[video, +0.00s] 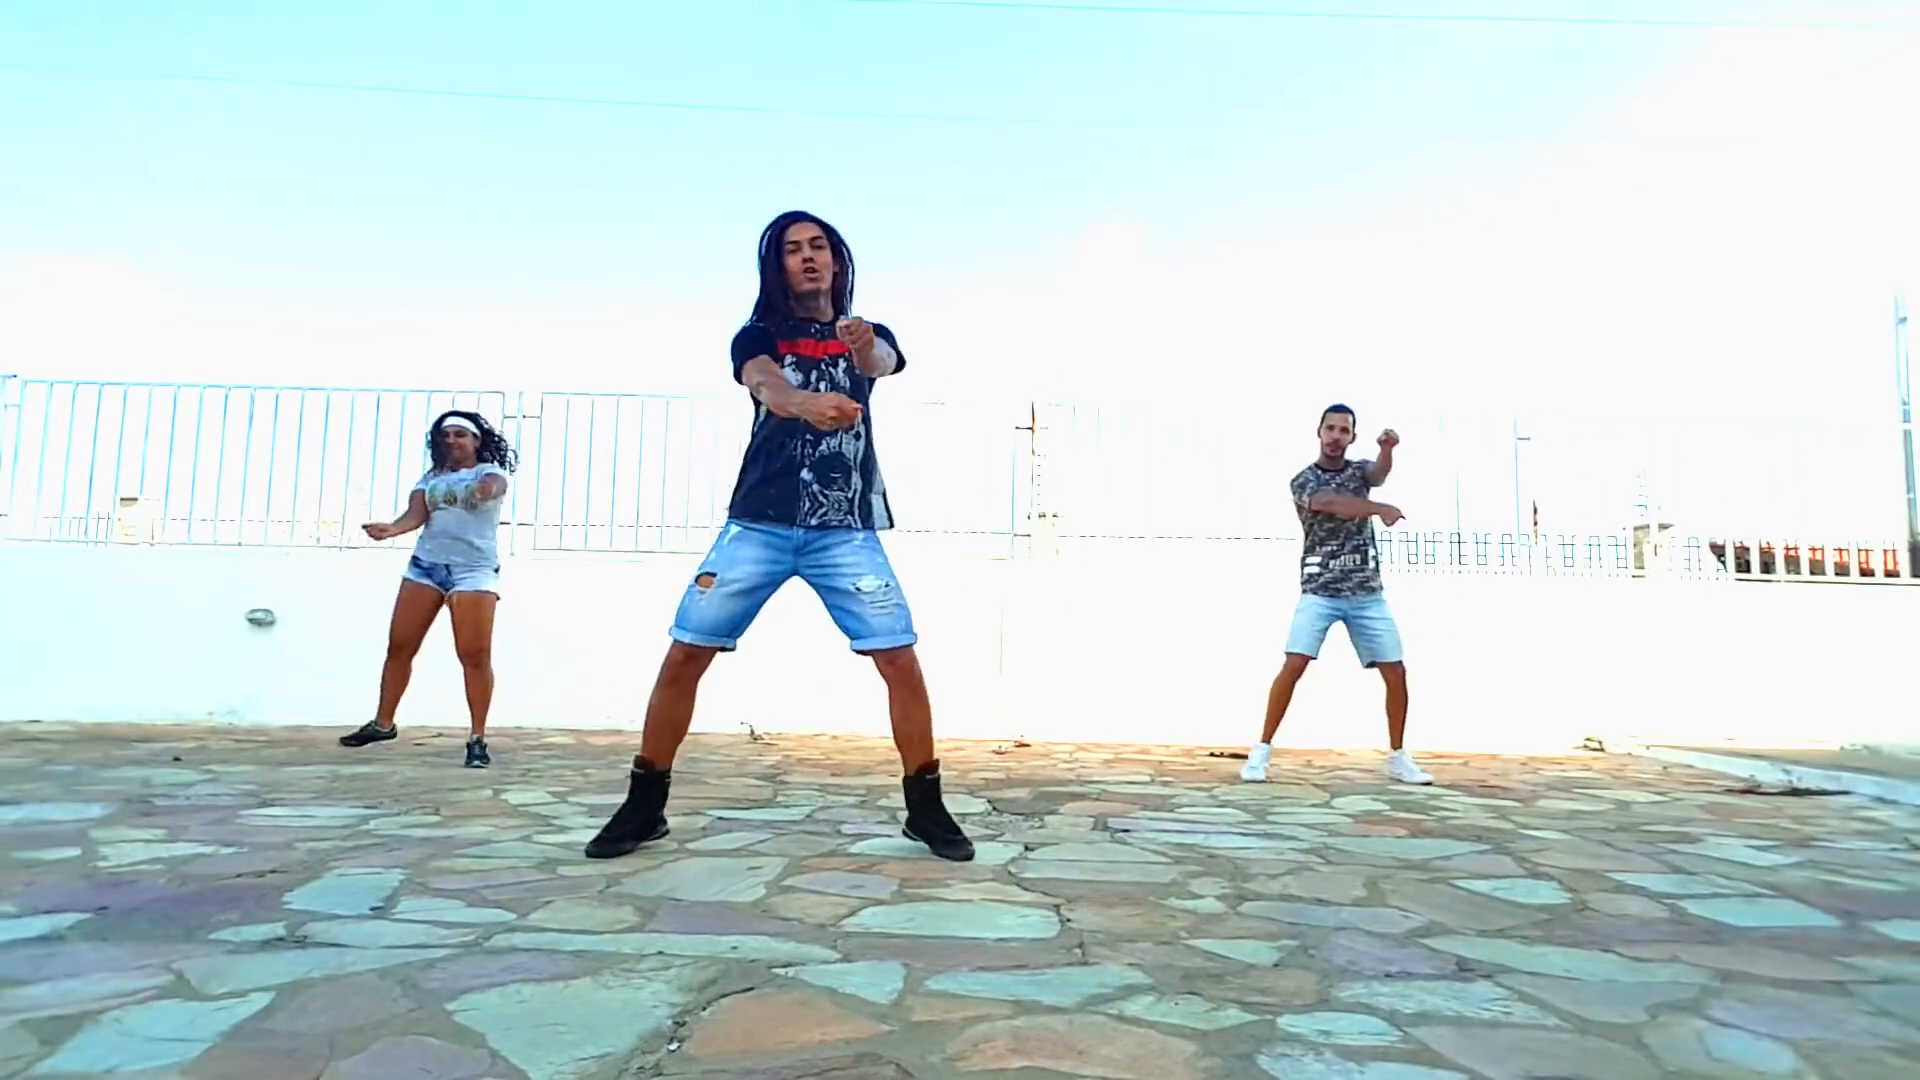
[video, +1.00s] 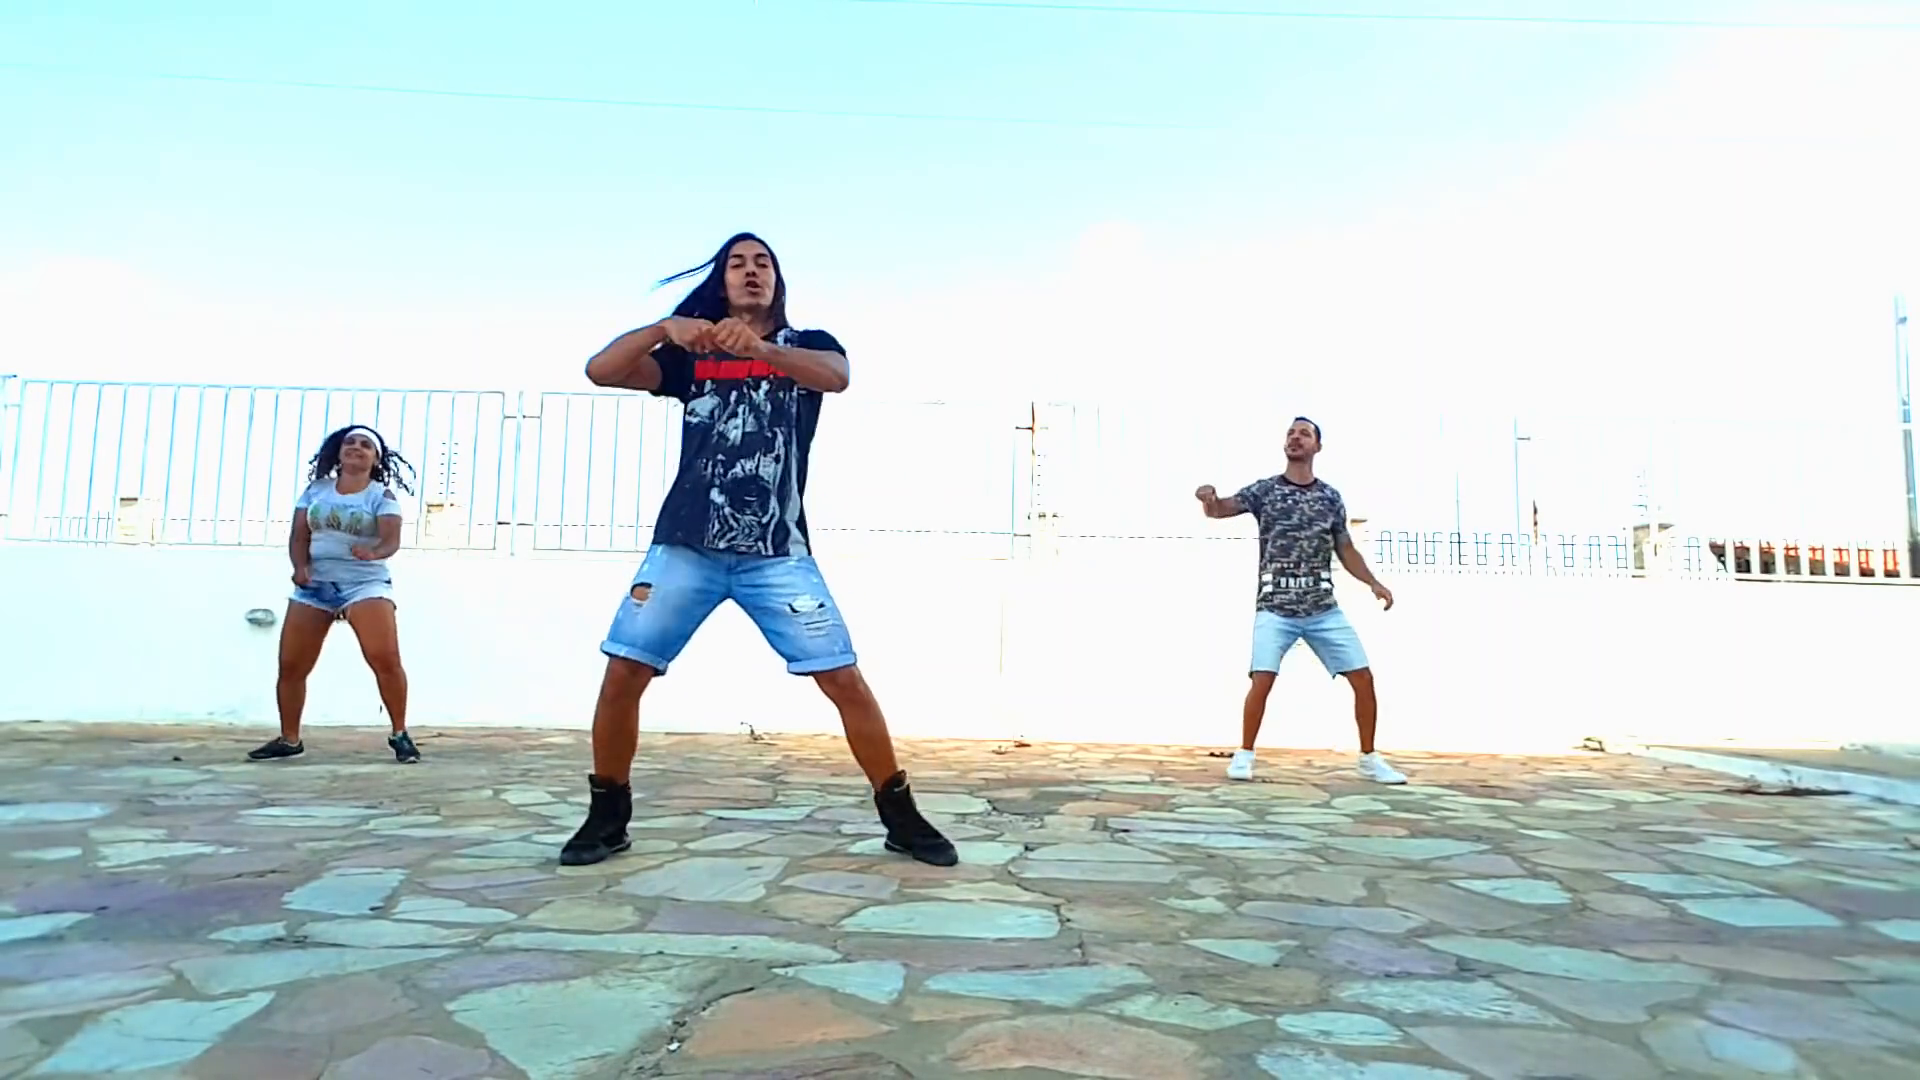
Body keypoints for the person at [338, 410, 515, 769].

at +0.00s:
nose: (453, 439)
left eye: (461, 434)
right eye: (446, 434)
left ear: (477, 441)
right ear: (439, 443)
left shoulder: (491, 472)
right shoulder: (428, 481)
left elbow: (493, 485)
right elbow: (414, 516)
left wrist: (483, 490)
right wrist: (389, 530)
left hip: (474, 570)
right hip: (425, 567)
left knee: (475, 656)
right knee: (399, 648)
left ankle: (477, 738)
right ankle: (383, 724)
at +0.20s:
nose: (429, 461)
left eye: (438, 456)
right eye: (423, 456)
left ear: (452, 466)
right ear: (414, 464)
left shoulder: (457, 500)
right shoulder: (393, 494)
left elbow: (456, 525)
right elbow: (375, 523)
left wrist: (453, 516)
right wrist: (372, 539)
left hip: (439, 584)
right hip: (391, 586)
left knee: (449, 659)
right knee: (356, 663)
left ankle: (473, 740)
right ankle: (358, 742)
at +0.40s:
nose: (398, 433)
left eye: (406, 428)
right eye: (391, 429)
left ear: (422, 438)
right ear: (382, 438)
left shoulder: (432, 471)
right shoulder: (368, 471)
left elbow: (431, 487)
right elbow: (350, 504)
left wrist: (421, 490)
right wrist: (326, 514)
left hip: (409, 563)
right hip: (362, 561)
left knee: (408, 647)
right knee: (336, 643)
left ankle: (410, 730)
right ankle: (335, 724)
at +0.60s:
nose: (372, 457)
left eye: (381, 453)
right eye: (366, 453)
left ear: (396, 465)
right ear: (358, 463)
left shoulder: (403, 500)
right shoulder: (342, 498)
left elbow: (407, 519)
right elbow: (322, 536)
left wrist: (390, 522)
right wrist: (336, 547)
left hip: (381, 591)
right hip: (332, 589)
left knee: (380, 665)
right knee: (300, 665)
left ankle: (390, 740)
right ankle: (300, 741)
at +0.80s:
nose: (363, 433)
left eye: (372, 430)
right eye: (357, 428)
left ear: (384, 442)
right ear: (346, 437)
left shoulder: (393, 475)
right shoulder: (324, 472)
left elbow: (390, 496)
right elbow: (300, 507)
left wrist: (381, 493)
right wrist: (286, 517)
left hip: (372, 564)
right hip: (322, 563)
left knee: (381, 646)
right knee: (299, 649)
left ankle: (391, 724)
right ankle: (290, 726)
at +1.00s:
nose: (356, 447)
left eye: (365, 445)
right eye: (349, 442)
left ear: (376, 460)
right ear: (337, 453)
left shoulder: (382, 496)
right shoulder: (314, 491)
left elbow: (391, 540)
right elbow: (299, 537)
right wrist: (300, 566)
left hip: (365, 584)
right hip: (315, 583)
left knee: (386, 659)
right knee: (290, 666)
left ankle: (400, 734)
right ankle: (290, 739)